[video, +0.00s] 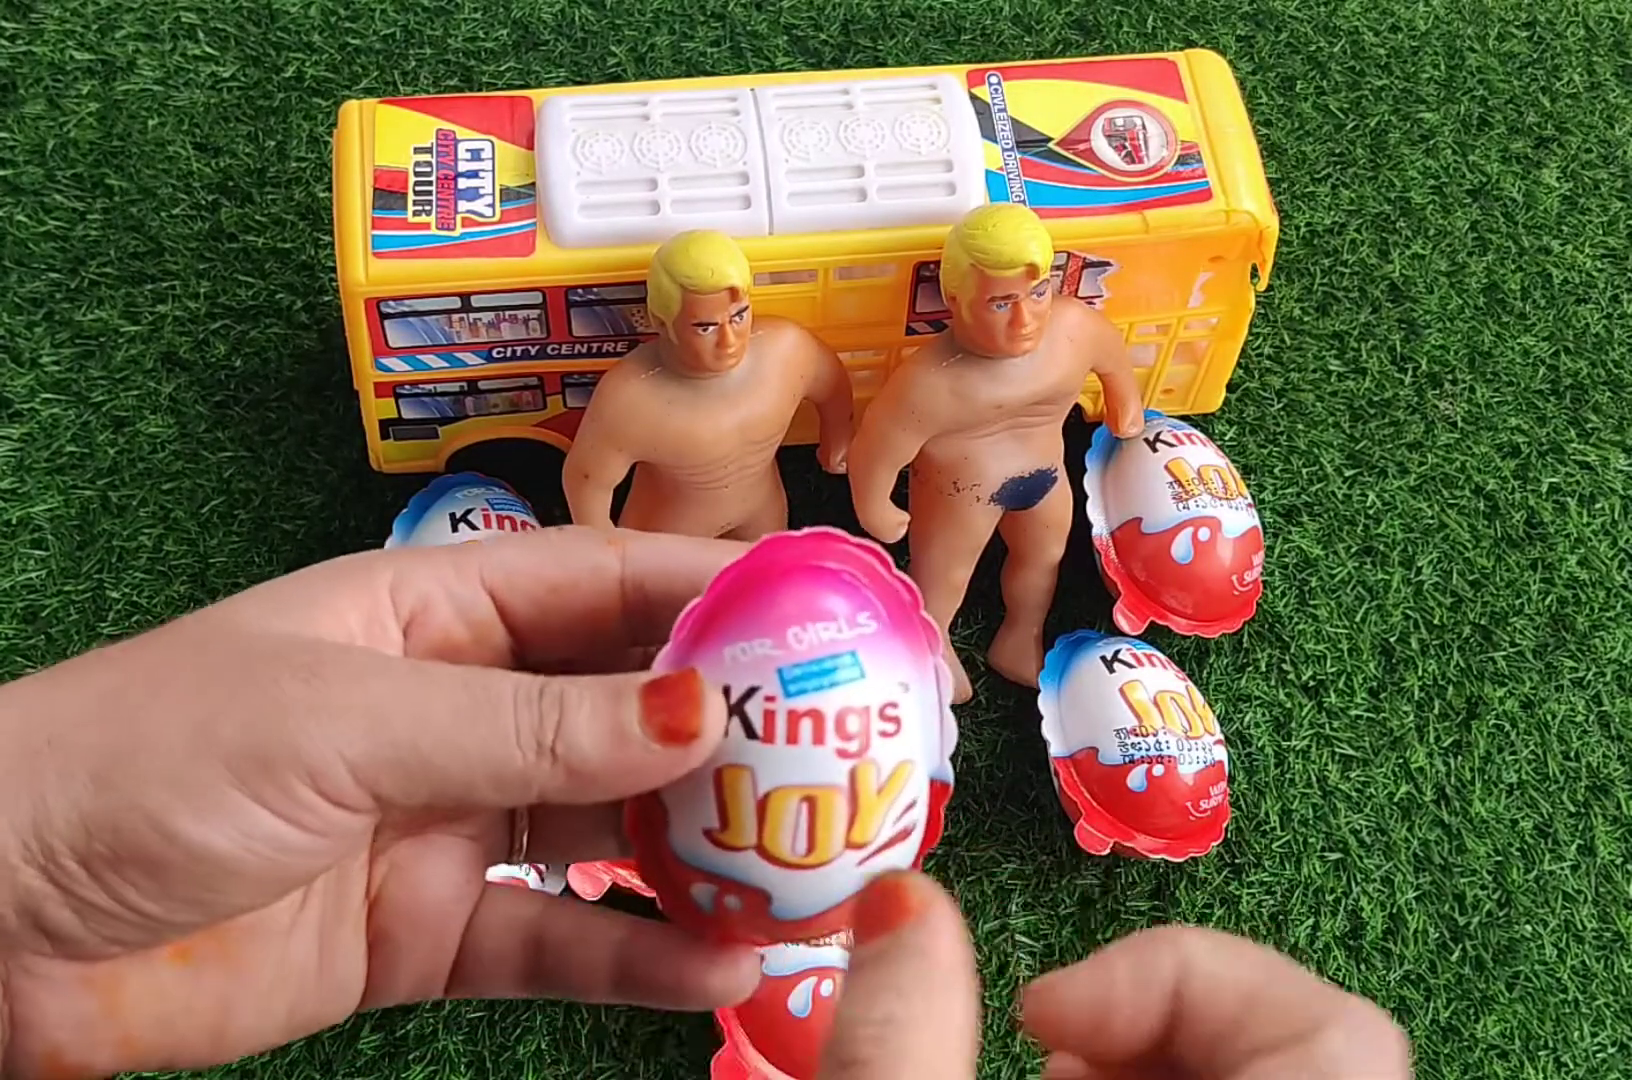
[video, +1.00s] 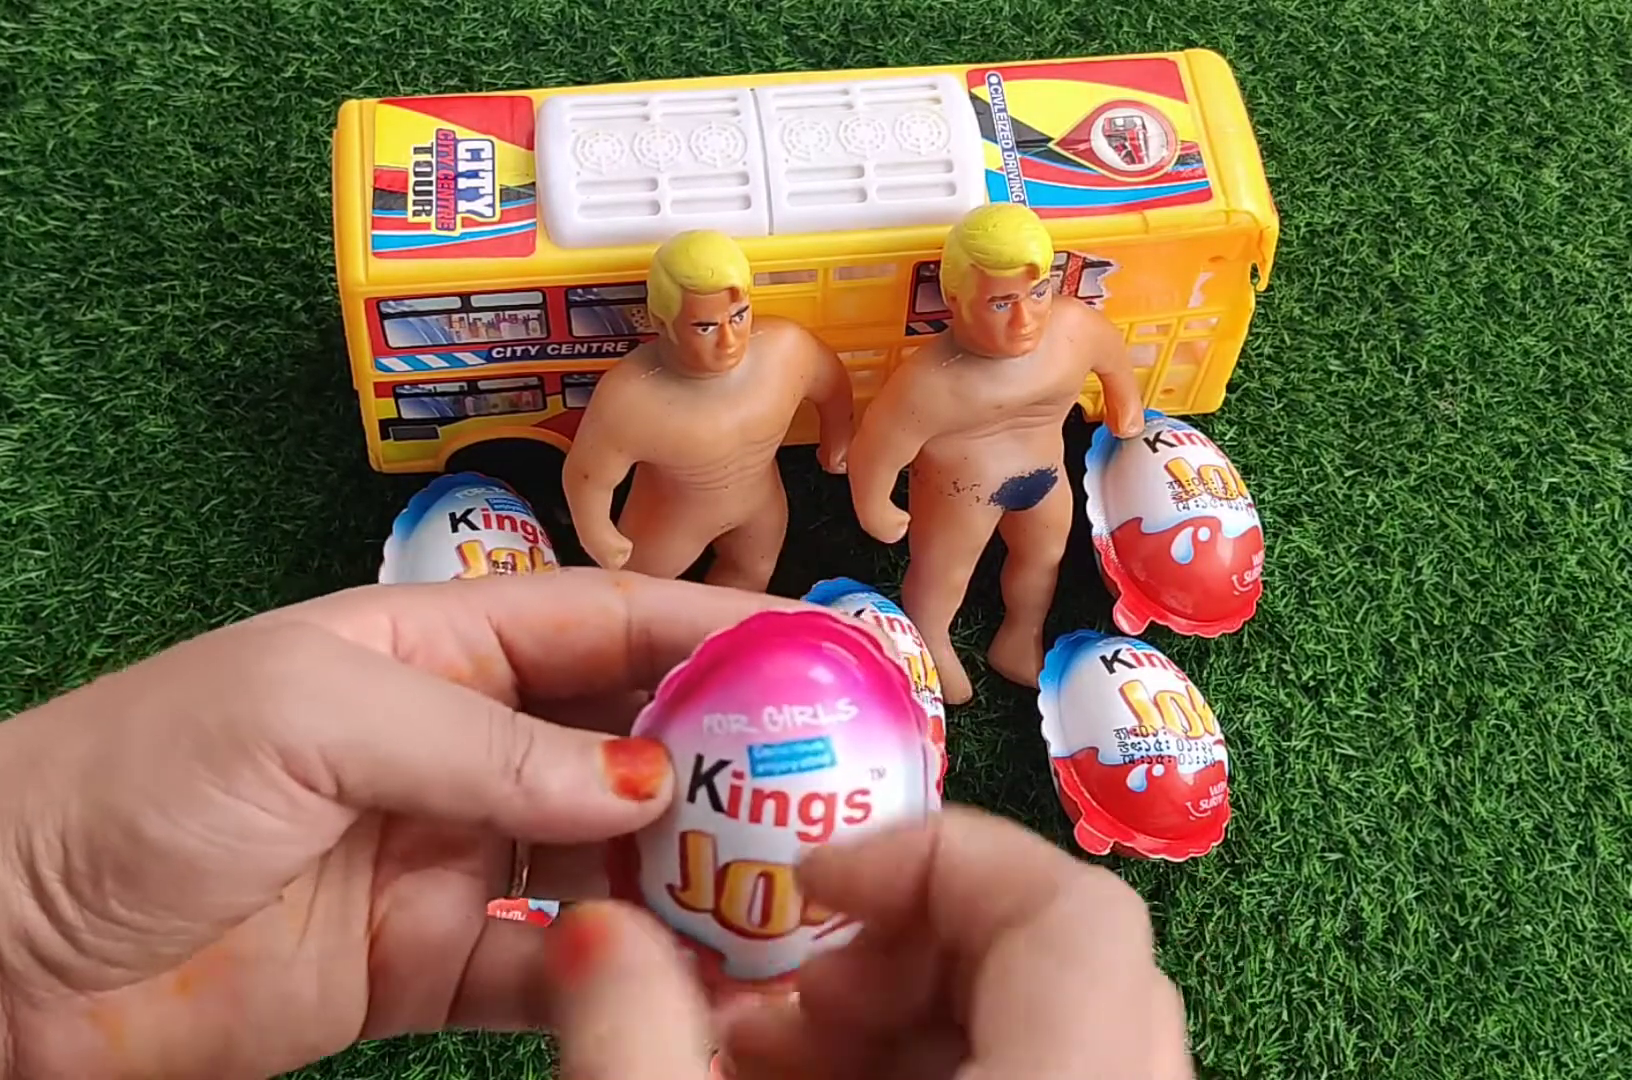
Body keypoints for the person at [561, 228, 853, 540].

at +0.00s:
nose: (728, 340)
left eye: (739, 316)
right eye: (704, 326)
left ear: (750, 299)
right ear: (661, 322)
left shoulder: (786, 349)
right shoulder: (627, 397)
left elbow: (832, 388)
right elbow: (585, 479)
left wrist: (835, 441)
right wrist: (603, 556)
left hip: (759, 522)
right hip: (665, 538)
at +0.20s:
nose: (728, 339)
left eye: (738, 316)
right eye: (705, 326)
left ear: (749, 303)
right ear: (660, 324)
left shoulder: (788, 350)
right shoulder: (628, 398)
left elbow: (832, 387)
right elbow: (585, 478)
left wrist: (837, 442)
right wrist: (599, 539)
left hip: (758, 504)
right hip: (671, 516)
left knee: (751, 592)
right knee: (641, 602)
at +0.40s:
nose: (728, 339)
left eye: (738, 316)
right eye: (705, 326)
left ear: (749, 302)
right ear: (660, 324)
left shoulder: (788, 350)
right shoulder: (628, 398)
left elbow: (833, 389)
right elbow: (586, 479)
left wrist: (836, 446)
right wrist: (600, 539)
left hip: (758, 505)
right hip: (671, 517)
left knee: (753, 589)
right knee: (643, 599)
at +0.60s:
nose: (728, 339)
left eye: (738, 316)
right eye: (705, 326)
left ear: (750, 302)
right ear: (659, 324)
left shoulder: (788, 350)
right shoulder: (628, 398)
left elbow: (832, 386)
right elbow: (585, 478)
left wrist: (837, 440)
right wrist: (599, 538)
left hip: (758, 502)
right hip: (671, 514)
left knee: (752, 584)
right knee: (644, 599)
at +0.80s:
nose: (728, 339)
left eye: (738, 316)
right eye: (705, 326)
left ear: (749, 302)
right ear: (660, 324)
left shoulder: (787, 350)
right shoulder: (628, 398)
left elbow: (832, 387)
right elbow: (585, 478)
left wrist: (836, 442)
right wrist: (598, 536)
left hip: (759, 503)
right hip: (671, 514)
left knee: (752, 588)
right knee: (642, 598)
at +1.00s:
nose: (728, 340)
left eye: (739, 316)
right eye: (705, 326)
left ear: (750, 301)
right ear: (659, 322)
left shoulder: (789, 350)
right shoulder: (628, 397)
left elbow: (834, 388)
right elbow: (587, 477)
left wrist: (837, 440)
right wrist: (598, 536)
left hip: (759, 497)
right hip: (672, 509)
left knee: (750, 577)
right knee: (636, 591)